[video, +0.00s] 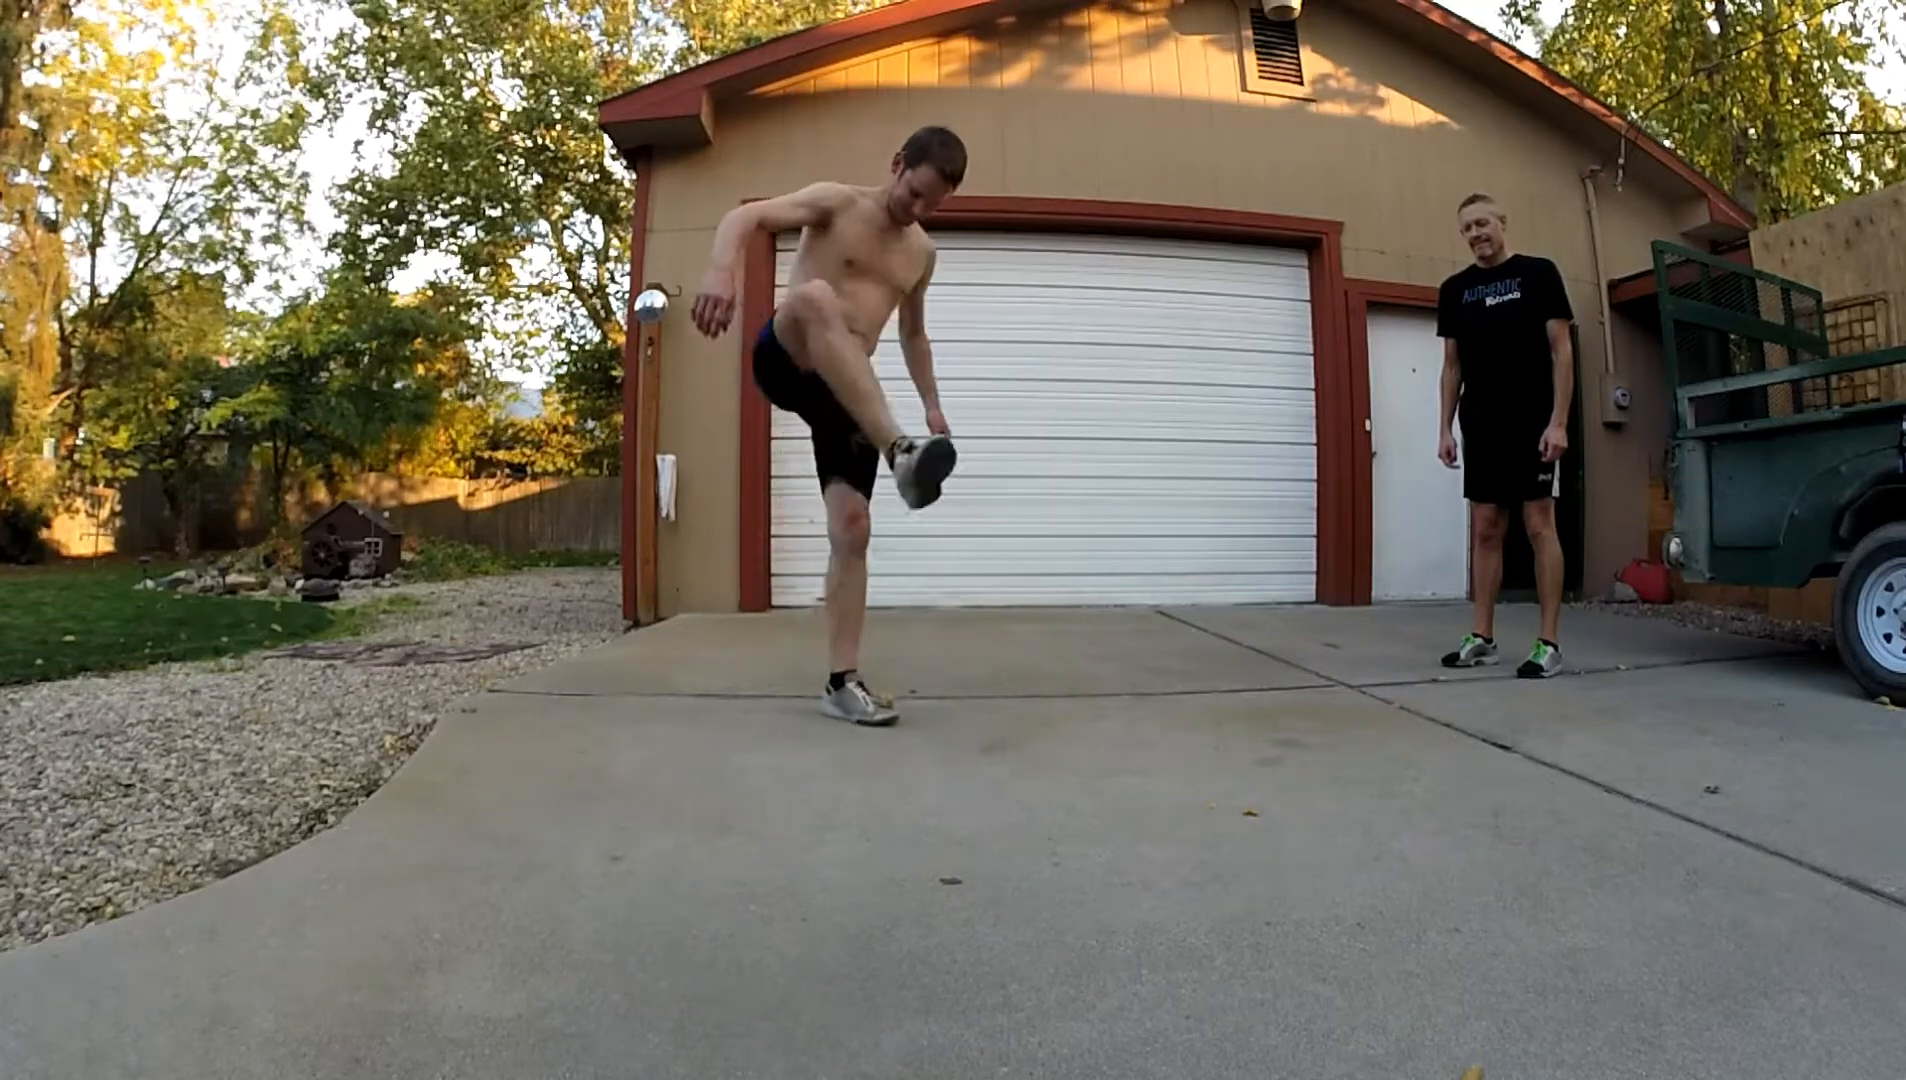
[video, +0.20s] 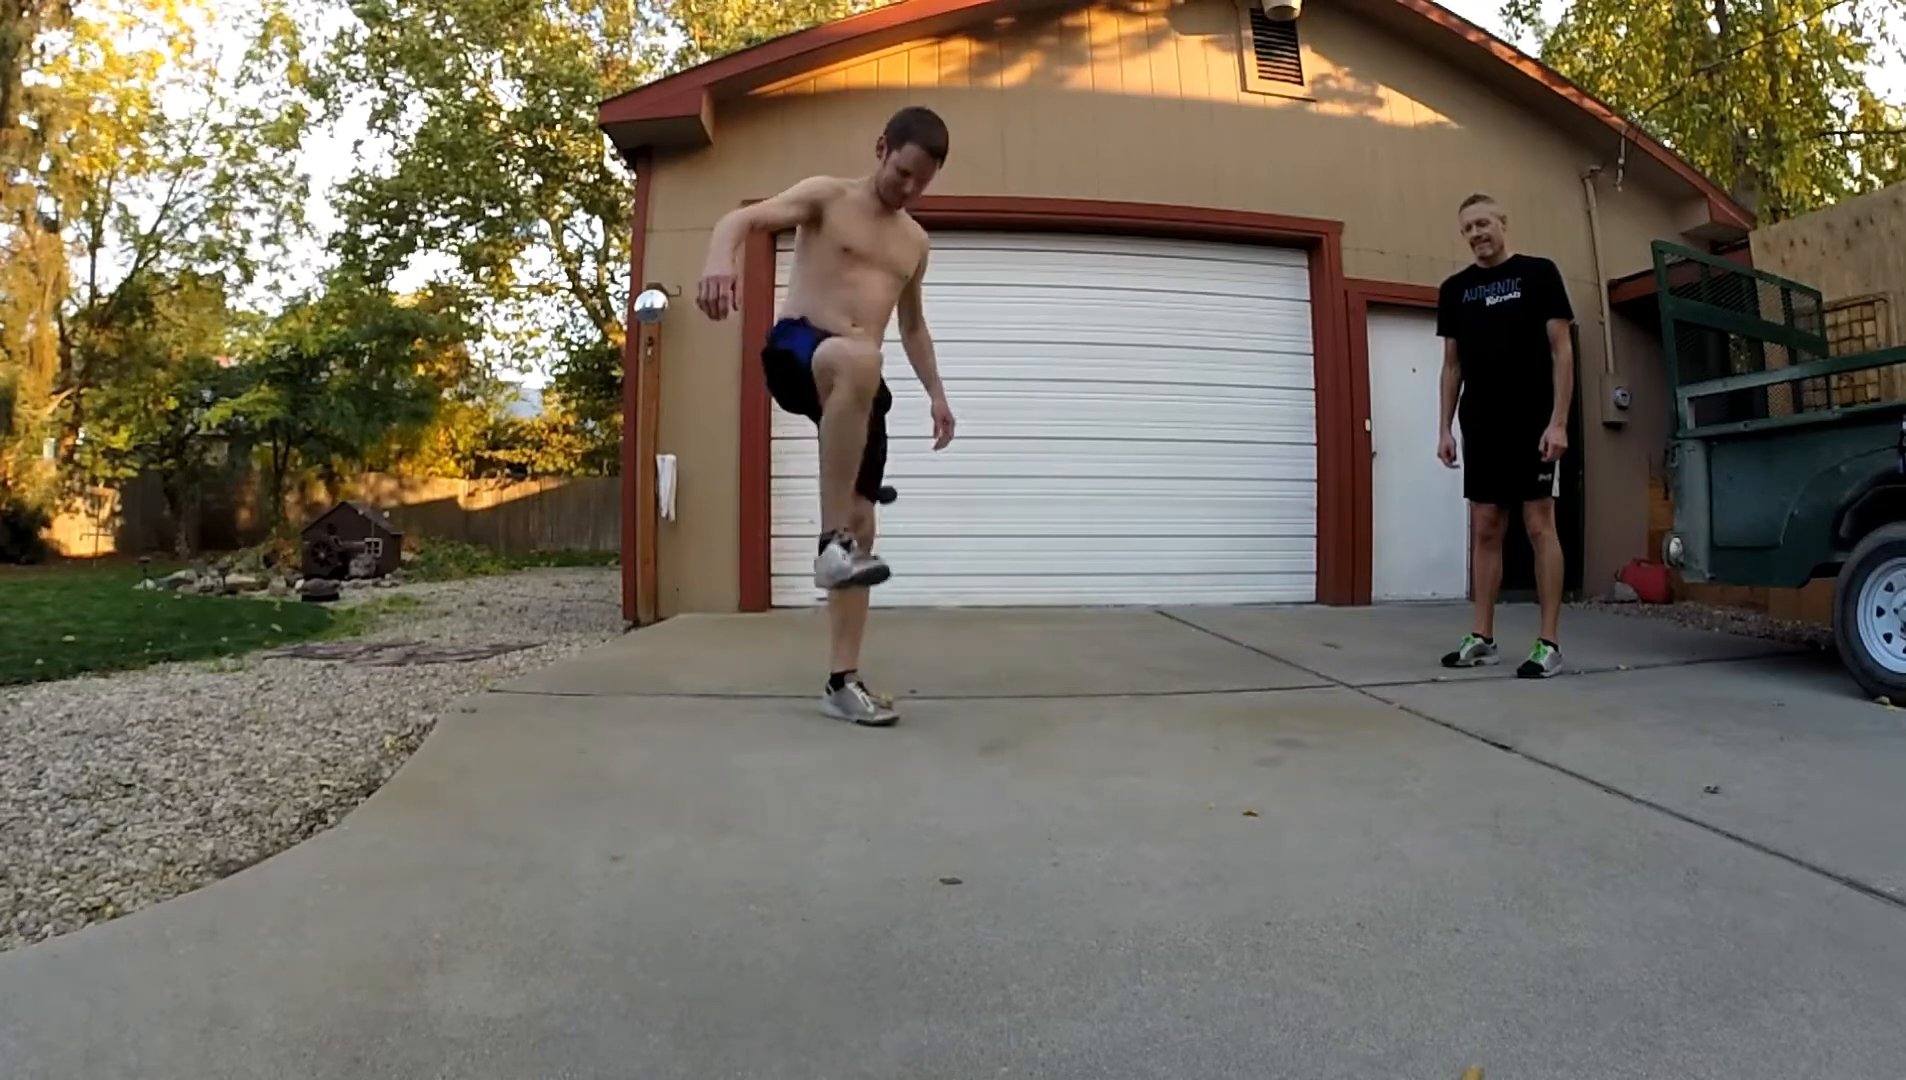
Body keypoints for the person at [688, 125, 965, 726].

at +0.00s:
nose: (919, 207)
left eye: (933, 200)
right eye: (916, 191)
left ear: (946, 197)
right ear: (897, 166)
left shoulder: (920, 253)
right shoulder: (837, 202)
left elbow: (913, 333)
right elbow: (743, 216)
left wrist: (932, 404)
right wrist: (722, 274)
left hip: (849, 391)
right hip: (786, 369)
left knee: (853, 529)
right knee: (814, 297)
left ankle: (843, 680)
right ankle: (899, 453)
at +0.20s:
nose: (910, 189)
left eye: (923, 180)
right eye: (904, 173)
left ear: (933, 175)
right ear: (881, 151)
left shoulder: (914, 243)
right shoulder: (826, 195)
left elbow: (913, 323)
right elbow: (738, 220)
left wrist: (936, 394)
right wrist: (716, 267)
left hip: (865, 374)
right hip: (796, 349)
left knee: (858, 527)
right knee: (859, 357)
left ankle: (843, 679)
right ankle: (834, 541)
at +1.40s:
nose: (836, 116)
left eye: (847, 102)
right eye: (824, 101)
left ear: (860, 85)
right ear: (788, 77)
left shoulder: (865, 133)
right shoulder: (747, 164)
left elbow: (888, 216)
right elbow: (714, 280)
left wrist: (935, 284)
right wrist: (711, 383)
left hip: (887, 346)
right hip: (818, 353)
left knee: (918, 522)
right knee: (827, 535)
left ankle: (925, 694)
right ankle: (826, 720)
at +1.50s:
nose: (839, 112)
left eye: (850, 98)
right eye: (827, 96)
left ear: (864, 82)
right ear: (791, 71)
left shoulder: (867, 131)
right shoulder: (747, 162)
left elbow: (887, 217)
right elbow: (715, 277)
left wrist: (931, 291)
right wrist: (713, 379)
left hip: (889, 346)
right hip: (818, 353)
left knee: (919, 521)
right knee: (826, 534)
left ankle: (921, 698)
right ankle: (825, 721)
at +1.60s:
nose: (845, 105)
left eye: (856, 92)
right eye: (834, 88)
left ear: (865, 80)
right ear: (798, 68)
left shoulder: (870, 134)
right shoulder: (753, 160)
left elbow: (893, 227)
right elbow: (711, 276)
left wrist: (929, 300)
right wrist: (713, 379)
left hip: (889, 346)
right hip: (819, 351)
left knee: (913, 524)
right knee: (828, 534)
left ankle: (914, 707)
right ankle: (825, 722)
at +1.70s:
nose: (852, 103)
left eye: (864, 88)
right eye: (840, 87)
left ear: (875, 78)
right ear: (805, 67)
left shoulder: (875, 138)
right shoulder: (758, 160)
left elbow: (893, 235)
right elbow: (696, 265)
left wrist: (928, 310)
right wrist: (688, 367)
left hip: (888, 347)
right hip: (819, 348)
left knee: (912, 525)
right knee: (837, 533)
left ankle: (908, 710)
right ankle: (827, 723)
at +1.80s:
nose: (859, 110)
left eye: (870, 96)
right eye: (848, 92)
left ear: (880, 88)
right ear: (810, 72)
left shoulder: (879, 152)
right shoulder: (760, 168)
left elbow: (888, 247)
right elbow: (674, 255)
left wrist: (925, 322)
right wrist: (644, 340)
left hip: (887, 352)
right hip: (821, 352)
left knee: (921, 526)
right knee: (844, 538)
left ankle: (911, 715)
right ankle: (828, 724)